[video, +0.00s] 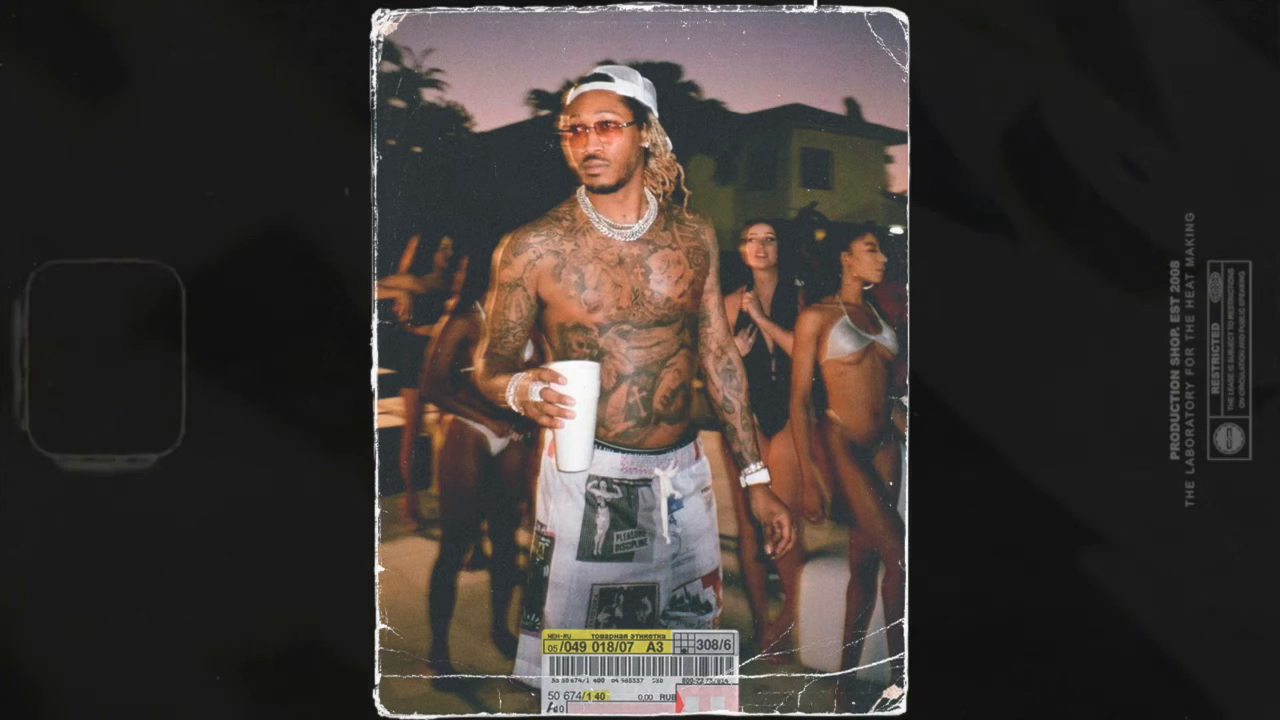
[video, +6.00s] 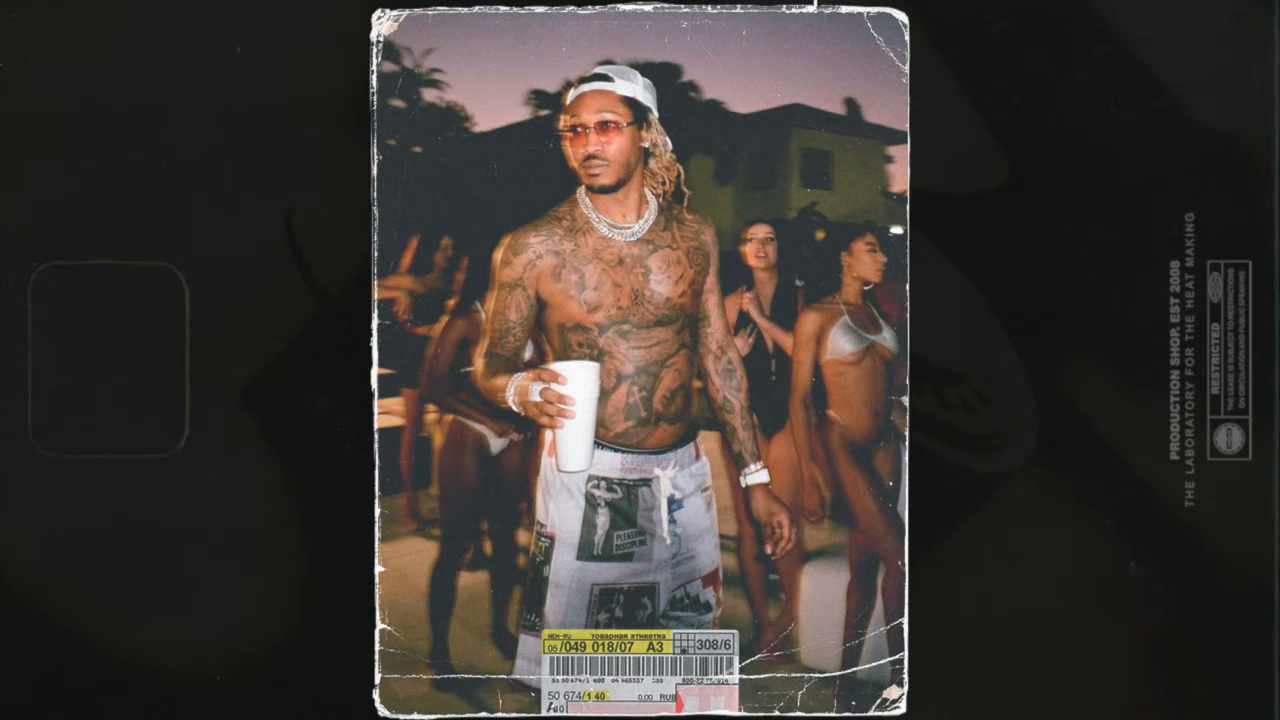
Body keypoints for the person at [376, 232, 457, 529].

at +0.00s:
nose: (446, 253)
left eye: (451, 248)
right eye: (442, 247)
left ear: (455, 252)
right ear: (431, 250)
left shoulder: (457, 274)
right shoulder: (416, 277)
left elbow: (461, 302)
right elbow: (398, 283)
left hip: (445, 346)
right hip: (416, 345)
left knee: (450, 425)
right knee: (413, 426)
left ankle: (453, 498)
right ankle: (410, 500)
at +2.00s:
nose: (446, 254)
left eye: (451, 249)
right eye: (442, 247)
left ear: (456, 253)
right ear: (431, 250)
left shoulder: (457, 279)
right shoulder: (415, 282)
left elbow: (461, 311)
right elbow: (394, 284)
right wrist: (404, 294)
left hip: (445, 351)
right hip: (416, 348)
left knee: (449, 427)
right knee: (412, 428)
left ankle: (452, 499)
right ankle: (410, 501)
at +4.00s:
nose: (445, 254)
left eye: (450, 249)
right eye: (441, 248)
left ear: (455, 254)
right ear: (431, 250)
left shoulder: (457, 276)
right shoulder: (415, 281)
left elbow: (461, 302)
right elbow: (395, 284)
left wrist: (438, 326)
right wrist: (404, 297)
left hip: (446, 349)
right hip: (417, 346)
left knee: (450, 427)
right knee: (412, 428)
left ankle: (452, 499)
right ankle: (410, 502)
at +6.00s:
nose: (445, 255)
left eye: (450, 250)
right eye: (441, 248)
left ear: (455, 255)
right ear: (430, 252)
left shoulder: (455, 282)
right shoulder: (414, 283)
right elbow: (401, 320)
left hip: (446, 352)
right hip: (417, 349)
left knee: (450, 426)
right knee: (413, 427)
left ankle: (452, 496)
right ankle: (410, 500)